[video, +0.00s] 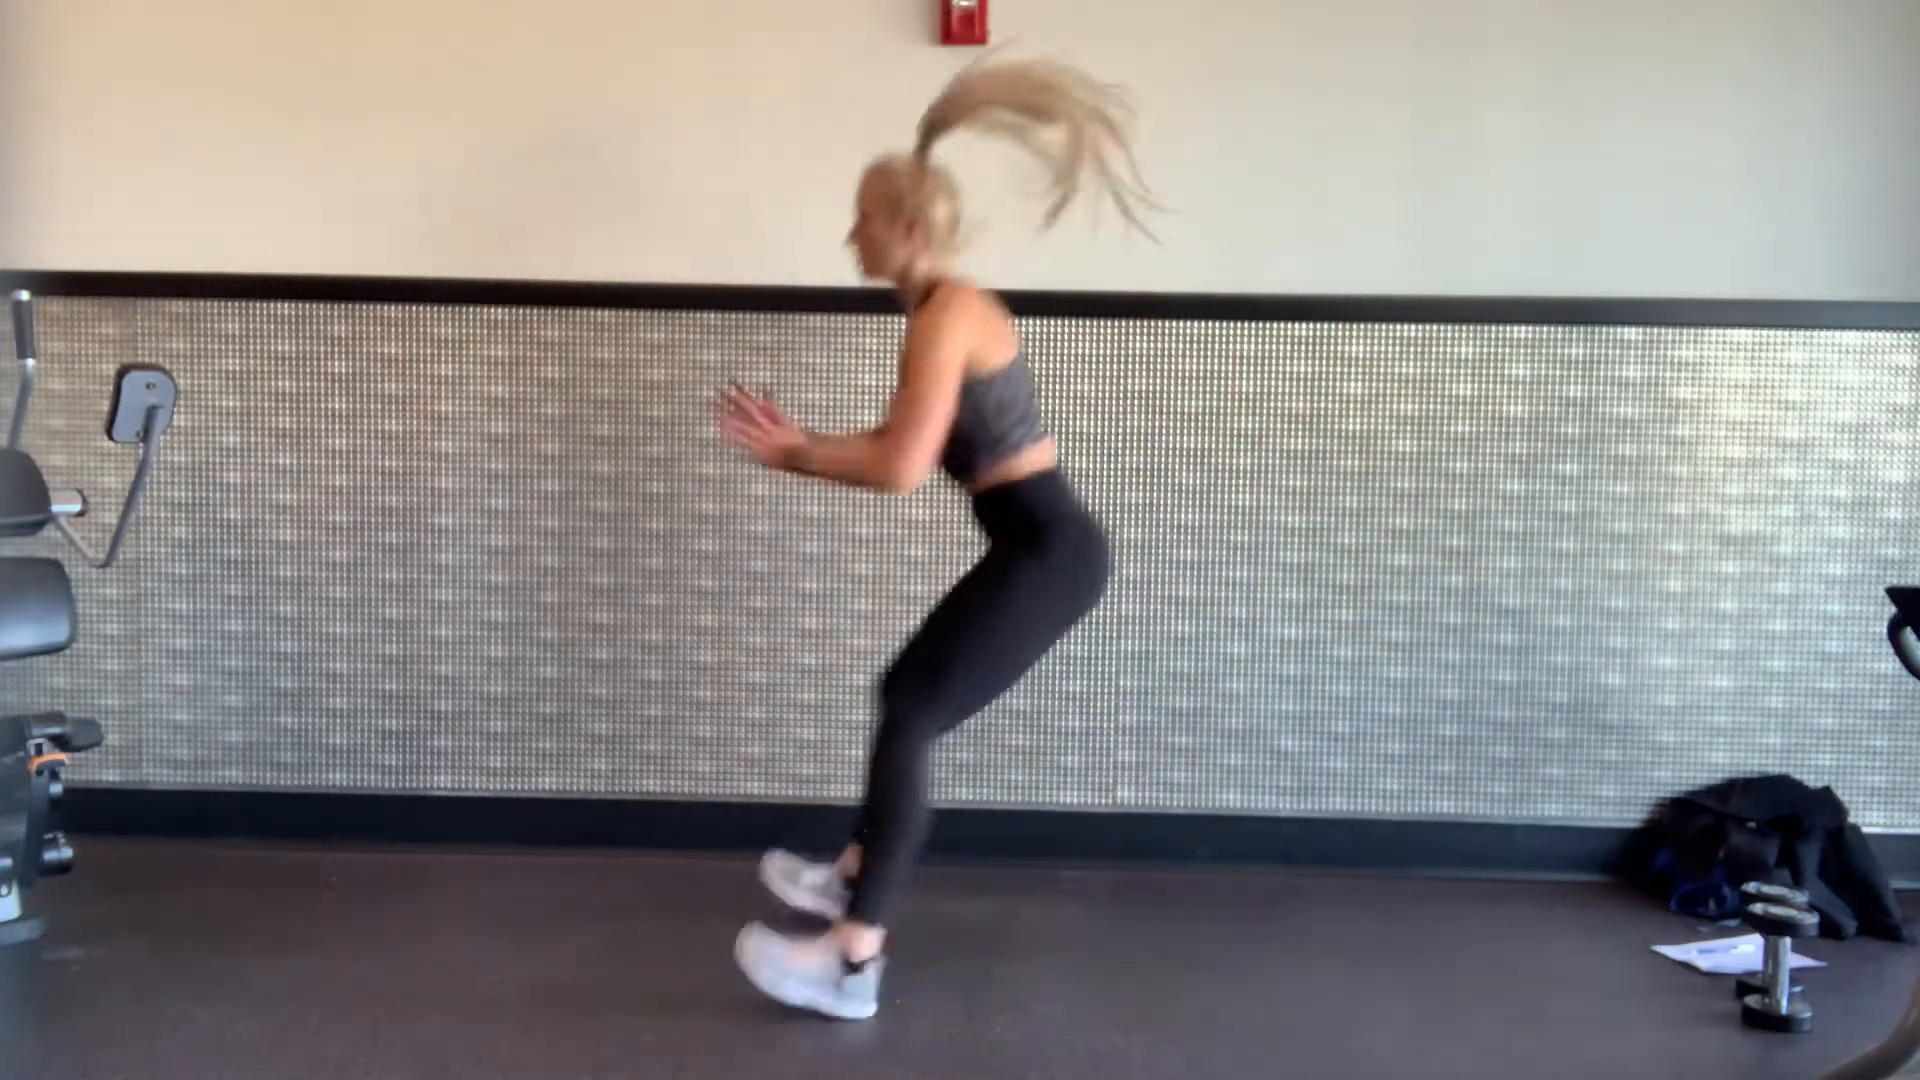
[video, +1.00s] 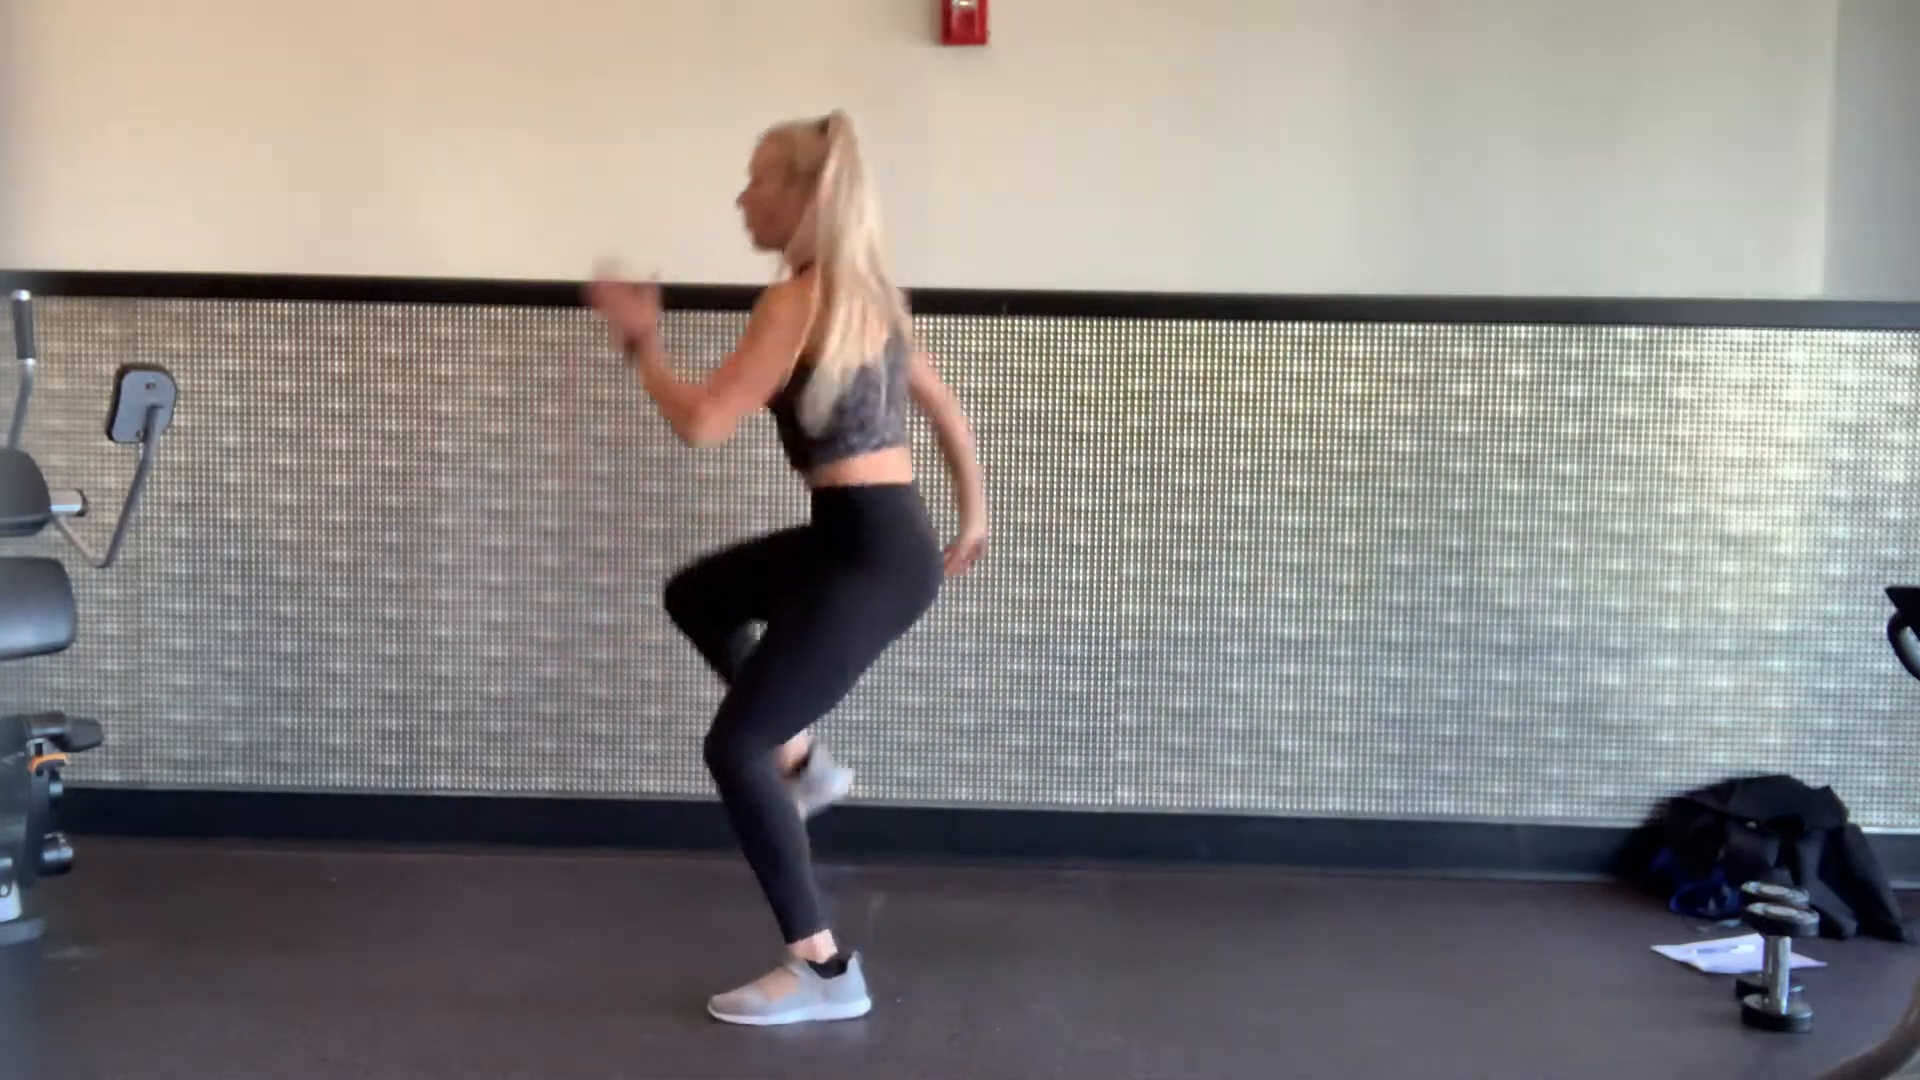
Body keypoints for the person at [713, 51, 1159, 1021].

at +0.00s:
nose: (853, 233)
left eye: (864, 219)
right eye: (857, 217)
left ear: (904, 231)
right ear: (917, 228)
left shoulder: (947, 316)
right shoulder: (947, 309)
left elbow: (902, 469)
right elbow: (901, 448)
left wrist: (793, 453)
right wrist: (802, 444)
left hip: (1051, 553)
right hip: (1035, 545)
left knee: (913, 712)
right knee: (904, 695)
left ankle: (857, 952)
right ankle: (854, 878)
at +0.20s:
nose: (739, 405)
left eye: (753, 395)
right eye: (745, 390)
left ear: (788, 418)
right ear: (806, 416)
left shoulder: (825, 493)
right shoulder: (830, 483)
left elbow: (681, 575)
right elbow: (699, 561)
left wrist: (673, 465)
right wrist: (683, 465)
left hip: (943, 717)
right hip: (924, 697)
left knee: (744, 751)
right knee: (757, 708)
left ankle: (823, 972)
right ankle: (831, 888)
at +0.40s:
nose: (669, 445)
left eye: (684, 436)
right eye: (676, 432)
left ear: (724, 459)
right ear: (733, 460)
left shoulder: (756, 531)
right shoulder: (766, 519)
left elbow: (629, 641)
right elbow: (647, 615)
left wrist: (603, 534)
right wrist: (626, 532)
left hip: (915, 729)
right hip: (902, 707)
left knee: (717, 765)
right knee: (734, 716)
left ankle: (822, 968)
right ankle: (831, 888)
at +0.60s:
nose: (642, 405)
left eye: (654, 394)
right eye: (646, 391)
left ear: (694, 410)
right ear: (710, 409)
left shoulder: (733, 489)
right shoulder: (755, 473)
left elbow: (660, 639)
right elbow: (672, 604)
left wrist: (579, 565)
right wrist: (606, 546)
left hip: (909, 672)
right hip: (896, 655)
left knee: (716, 760)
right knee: (737, 715)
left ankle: (820, 965)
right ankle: (835, 890)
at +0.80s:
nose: (664, 303)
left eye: (679, 291)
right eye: (671, 289)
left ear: (721, 311)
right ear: (741, 310)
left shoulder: (754, 409)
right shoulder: (784, 387)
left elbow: (769, 567)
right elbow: (789, 532)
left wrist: (691, 652)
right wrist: (699, 563)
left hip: (887, 618)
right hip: (886, 606)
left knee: (711, 764)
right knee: (745, 730)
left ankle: (820, 965)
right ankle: (831, 888)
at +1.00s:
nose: (743, 195)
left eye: (757, 182)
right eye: (749, 180)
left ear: (800, 196)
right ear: (822, 197)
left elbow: (702, 422)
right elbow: (947, 408)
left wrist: (638, 342)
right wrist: (976, 517)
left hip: (873, 555)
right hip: (867, 540)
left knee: (738, 748)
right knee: (696, 595)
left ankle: (820, 963)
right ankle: (800, 762)